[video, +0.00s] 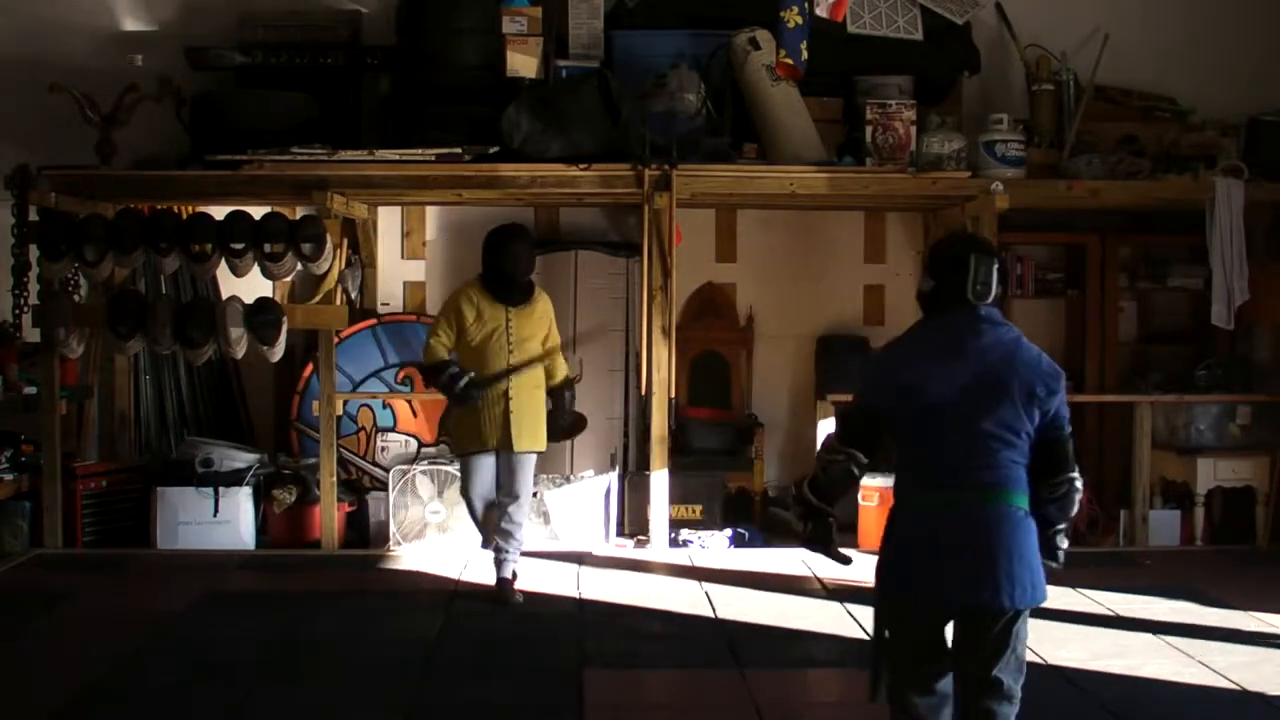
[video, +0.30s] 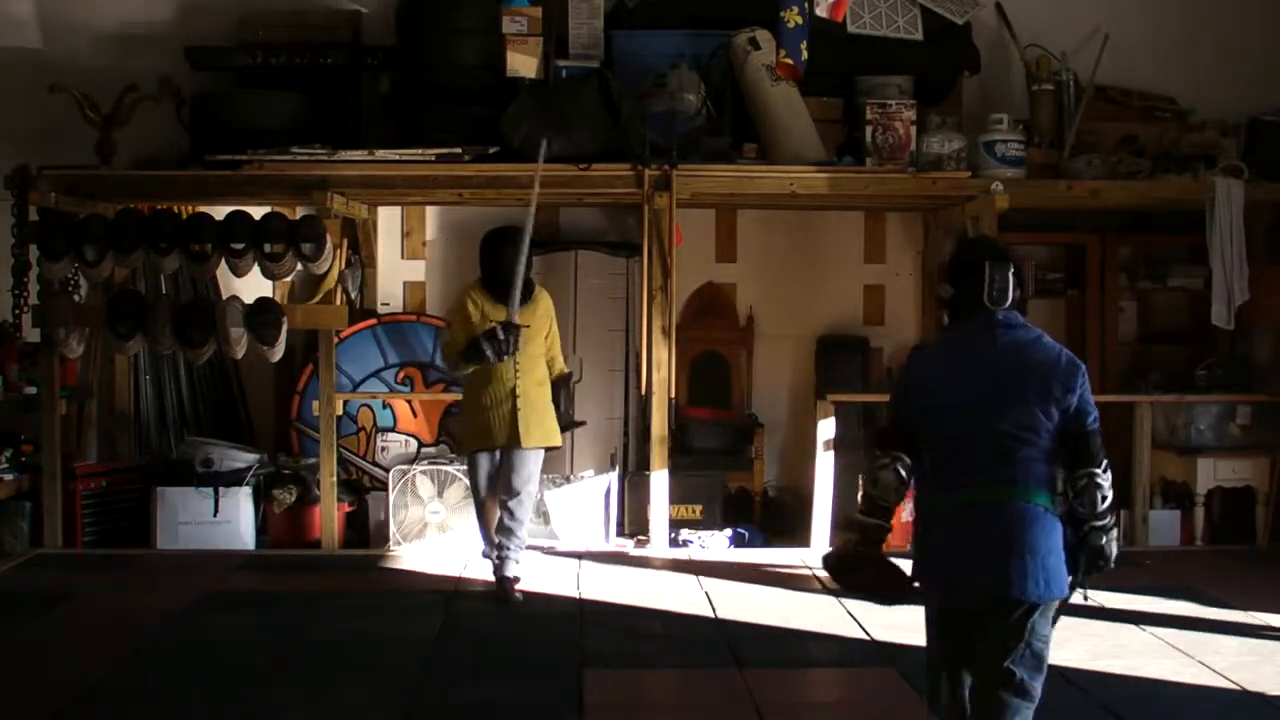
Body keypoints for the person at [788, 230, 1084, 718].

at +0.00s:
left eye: (926, 281)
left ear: (928, 287)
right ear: (993, 290)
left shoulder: (897, 359)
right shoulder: (1035, 367)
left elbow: (850, 451)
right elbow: (1058, 479)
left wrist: (812, 503)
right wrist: (1049, 542)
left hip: (914, 551)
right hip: (1001, 552)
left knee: (918, 690)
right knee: (995, 693)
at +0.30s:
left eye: (954, 287)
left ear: (953, 291)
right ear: (1015, 292)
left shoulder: (924, 364)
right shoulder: (1059, 365)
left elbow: (889, 464)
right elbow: (1089, 473)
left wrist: (867, 538)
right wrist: (1099, 543)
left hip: (947, 550)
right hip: (1029, 551)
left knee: (951, 685)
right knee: (1014, 692)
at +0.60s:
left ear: (967, 287)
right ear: (1033, 286)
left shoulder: (940, 357)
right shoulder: (1069, 352)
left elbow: (910, 457)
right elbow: (1111, 455)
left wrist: (921, 521)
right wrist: (1133, 516)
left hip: (972, 535)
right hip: (1051, 535)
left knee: (981, 678)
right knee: (1071, 664)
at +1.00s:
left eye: (1044, 288)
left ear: (1044, 292)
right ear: (1104, 291)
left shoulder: (1018, 358)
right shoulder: (1145, 359)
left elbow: (980, 453)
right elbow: (1175, 464)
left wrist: (989, 516)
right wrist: (1190, 523)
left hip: (1041, 530)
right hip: (1124, 535)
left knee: (1022, 670)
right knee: (1145, 678)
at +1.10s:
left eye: (1062, 290)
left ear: (1070, 293)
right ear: (1128, 291)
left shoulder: (1045, 355)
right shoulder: (1170, 358)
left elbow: (1005, 448)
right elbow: (1202, 458)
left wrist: (1006, 513)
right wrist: (1216, 522)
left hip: (1068, 529)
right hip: (1150, 532)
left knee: (1042, 660)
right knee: (1157, 670)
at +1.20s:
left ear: (1089, 291)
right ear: (1148, 289)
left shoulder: (1063, 355)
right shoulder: (1187, 358)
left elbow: (1024, 445)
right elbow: (1225, 453)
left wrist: (1025, 510)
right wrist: (1241, 517)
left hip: (1084, 527)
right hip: (1163, 530)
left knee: (1060, 656)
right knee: (1165, 668)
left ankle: (1040, 716)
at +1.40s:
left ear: (1117, 289)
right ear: (1172, 288)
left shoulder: (1088, 352)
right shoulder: (1207, 355)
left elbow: (1044, 439)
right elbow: (1242, 444)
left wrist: (1052, 494)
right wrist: (1250, 494)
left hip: (1101, 519)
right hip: (1179, 521)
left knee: (1101, 658)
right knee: (1172, 659)